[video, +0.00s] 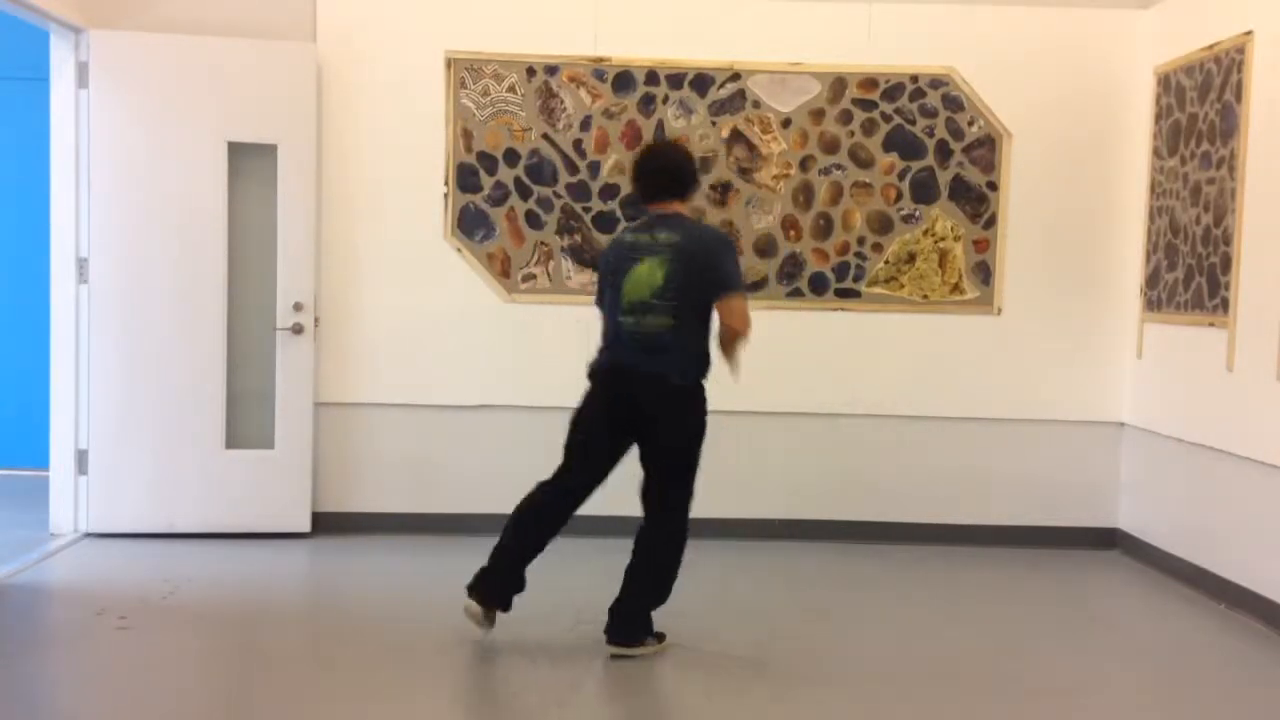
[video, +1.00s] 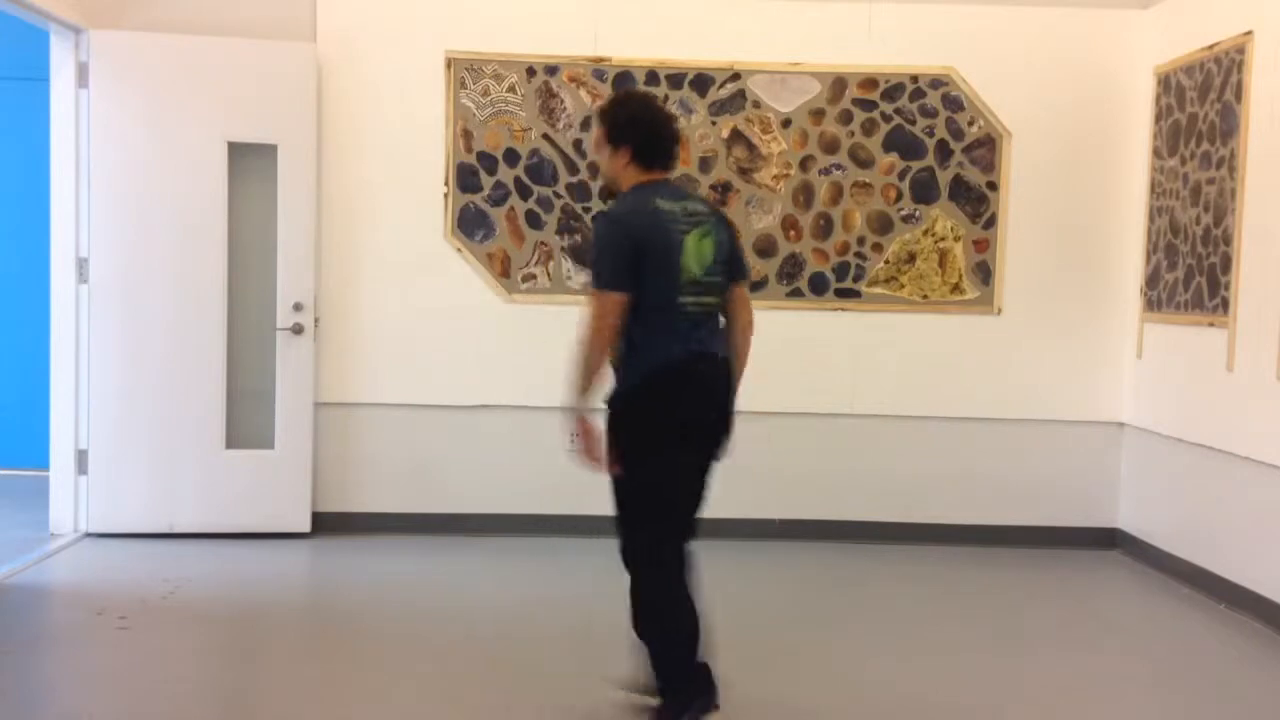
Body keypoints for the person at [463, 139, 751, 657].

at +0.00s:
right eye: (689, 183)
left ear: (639, 190)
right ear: (690, 187)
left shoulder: (620, 246)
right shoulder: (711, 243)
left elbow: (612, 316)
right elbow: (736, 324)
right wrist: (728, 344)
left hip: (613, 390)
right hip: (675, 398)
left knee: (567, 486)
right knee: (666, 514)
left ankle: (491, 587)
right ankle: (629, 627)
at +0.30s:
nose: (642, 187)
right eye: (641, 178)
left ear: (585, 182)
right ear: (640, 182)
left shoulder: (564, 239)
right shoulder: (658, 235)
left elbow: (576, 312)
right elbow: (676, 320)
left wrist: (653, 323)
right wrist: (626, 317)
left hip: (561, 399)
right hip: (629, 401)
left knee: (565, 517)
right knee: (663, 522)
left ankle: (537, 654)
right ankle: (679, 655)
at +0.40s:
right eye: (631, 191)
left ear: (572, 196)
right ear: (632, 196)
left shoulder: (547, 257)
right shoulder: (655, 250)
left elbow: (535, 343)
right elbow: (659, 342)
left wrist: (584, 329)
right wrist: (606, 328)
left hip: (555, 413)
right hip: (627, 413)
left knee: (543, 533)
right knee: (662, 527)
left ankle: (535, 664)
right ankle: (679, 654)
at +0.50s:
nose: (566, 176)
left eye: (565, 167)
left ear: (563, 172)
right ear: (621, 167)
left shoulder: (541, 234)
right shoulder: (656, 229)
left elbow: (517, 322)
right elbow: (669, 322)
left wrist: (508, 374)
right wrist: (631, 355)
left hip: (564, 389)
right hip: (637, 390)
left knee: (548, 519)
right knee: (635, 510)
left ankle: (540, 659)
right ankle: (634, 637)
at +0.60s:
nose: (555, 165)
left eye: (555, 156)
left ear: (559, 159)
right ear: (616, 155)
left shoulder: (541, 216)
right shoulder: (658, 215)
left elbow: (492, 301)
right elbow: (687, 306)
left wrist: (461, 308)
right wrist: (686, 389)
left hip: (576, 387)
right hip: (647, 385)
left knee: (565, 512)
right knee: (617, 516)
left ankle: (572, 655)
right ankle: (577, 645)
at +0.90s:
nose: (579, 168)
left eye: (582, 157)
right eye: (580, 158)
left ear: (599, 159)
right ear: (642, 160)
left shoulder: (596, 230)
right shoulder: (682, 224)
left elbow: (546, 316)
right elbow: (725, 309)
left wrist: (512, 334)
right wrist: (747, 392)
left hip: (620, 402)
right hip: (676, 398)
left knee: (626, 536)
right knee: (613, 528)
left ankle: (676, 681)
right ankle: (571, 654)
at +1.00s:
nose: (595, 155)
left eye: (599, 144)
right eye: (596, 144)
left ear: (622, 150)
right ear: (663, 150)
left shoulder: (621, 221)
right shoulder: (709, 215)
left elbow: (607, 323)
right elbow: (740, 316)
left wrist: (581, 402)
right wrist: (725, 394)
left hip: (649, 398)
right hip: (708, 395)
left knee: (649, 544)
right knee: (666, 535)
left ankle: (684, 688)